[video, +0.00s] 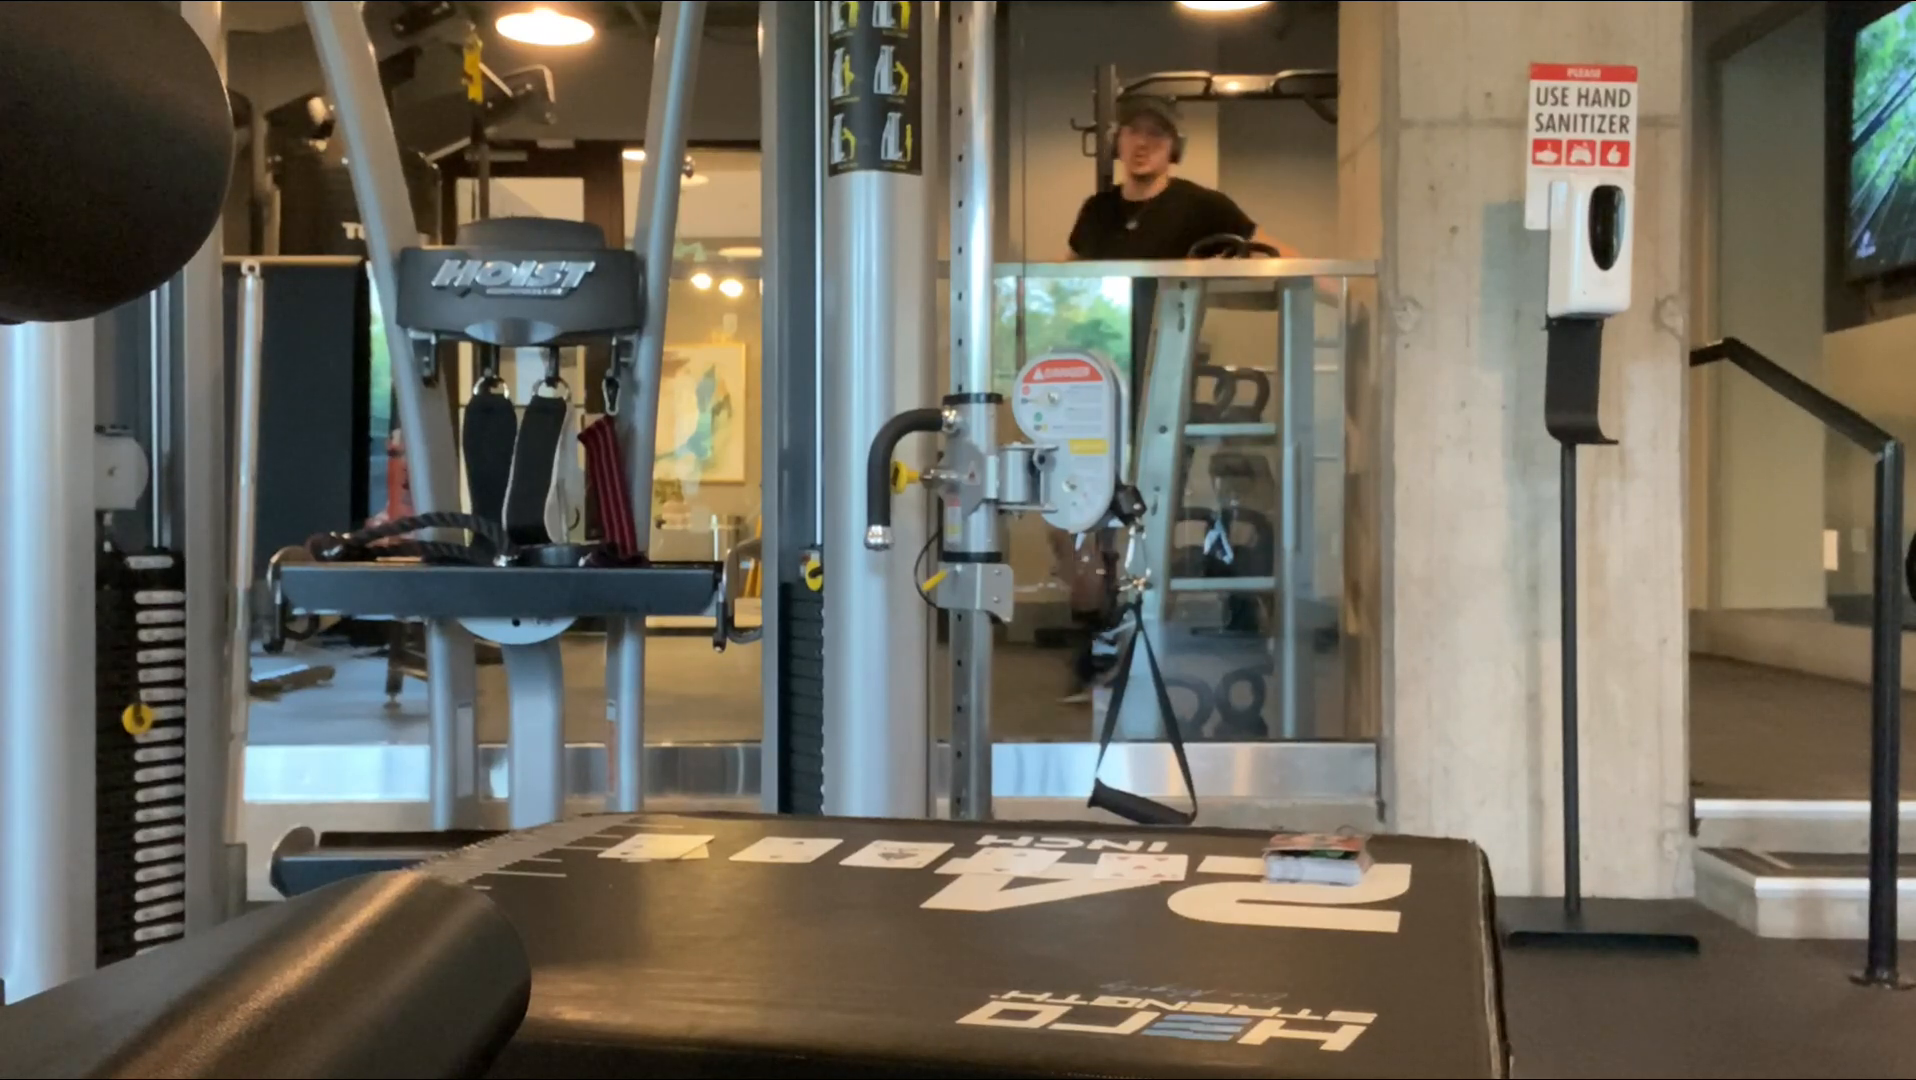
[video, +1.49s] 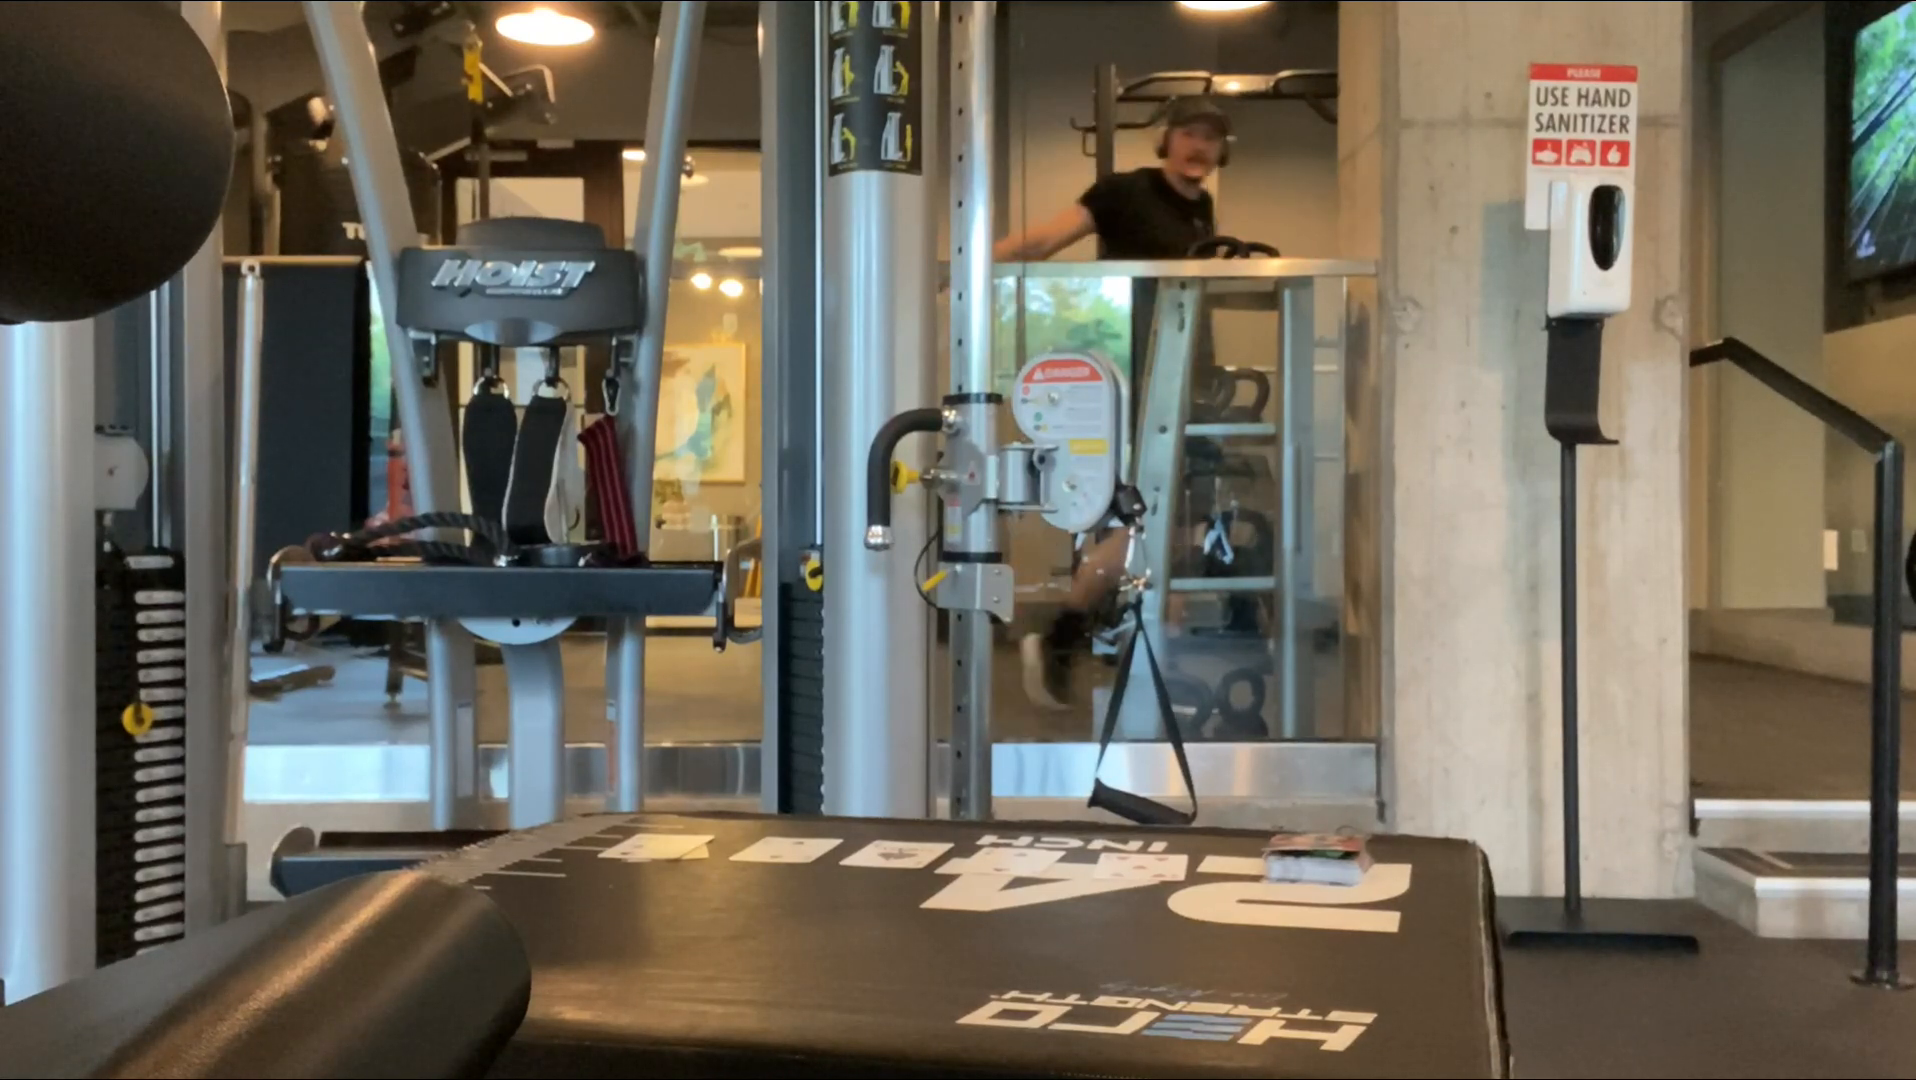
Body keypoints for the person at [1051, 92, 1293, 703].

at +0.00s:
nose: (1140, 146)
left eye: (1152, 137)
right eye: (1132, 136)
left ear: (1173, 148)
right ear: (1117, 144)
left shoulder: (1200, 206)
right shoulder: (1096, 210)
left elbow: (1276, 253)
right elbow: (1070, 284)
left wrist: (1334, 289)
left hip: (1165, 371)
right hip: (1100, 371)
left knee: (1150, 503)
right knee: (1085, 502)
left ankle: (1137, 637)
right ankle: (1090, 635)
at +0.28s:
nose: (1102, 144)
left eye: (1113, 133)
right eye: (1092, 132)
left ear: (1129, 143)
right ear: (1072, 141)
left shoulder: (1163, 206)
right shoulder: (1044, 213)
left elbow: (1202, 273)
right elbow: (1026, 298)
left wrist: (1220, 262)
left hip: (1140, 385)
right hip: (1061, 390)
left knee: (1133, 518)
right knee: (1040, 525)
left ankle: (1126, 650)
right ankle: (1018, 651)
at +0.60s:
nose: (1047, 151)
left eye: (1057, 140)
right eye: (1037, 140)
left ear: (1076, 147)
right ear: (1020, 147)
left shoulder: (1110, 212)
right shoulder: (999, 206)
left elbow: (1120, 284)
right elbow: (997, 242)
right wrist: (1084, 237)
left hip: (1093, 387)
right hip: (1016, 385)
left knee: (1112, 520)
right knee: (1020, 534)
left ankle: (1123, 643)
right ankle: (1015, 659)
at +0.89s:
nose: (1054, 142)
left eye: (1064, 133)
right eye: (1043, 133)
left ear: (1081, 143)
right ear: (1024, 141)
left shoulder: (1103, 204)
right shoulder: (1008, 189)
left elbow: (1098, 253)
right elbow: (1070, 217)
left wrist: (1028, 247)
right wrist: (1146, 217)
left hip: (1093, 371)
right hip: (1020, 369)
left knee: (1110, 505)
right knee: (1020, 526)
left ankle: (1112, 620)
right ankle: (1014, 652)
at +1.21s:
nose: (1107, 149)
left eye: (1117, 140)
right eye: (1097, 138)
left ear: (1131, 152)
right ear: (1074, 146)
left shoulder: (1143, 229)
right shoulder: (1051, 203)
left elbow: (1186, 308)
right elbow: (1057, 297)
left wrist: (1242, 364)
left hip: (1123, 392)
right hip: (1055, 390)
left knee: (1129, 516)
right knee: (1039, 528)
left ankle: (1126, 642)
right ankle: (1014, 657)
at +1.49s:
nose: (1202, 155)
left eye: (1212, 148)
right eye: (1194, 141)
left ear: (1219, 156)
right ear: (1167, 139)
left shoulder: (1201, 209)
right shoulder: (1125, 190)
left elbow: (1196, 283)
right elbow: (1043, 239)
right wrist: (972, 263)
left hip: (1188, 373)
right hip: (1133, 373)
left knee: (1181, 518)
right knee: (1134, 518)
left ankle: (1168, 652)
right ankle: (1061, 632)